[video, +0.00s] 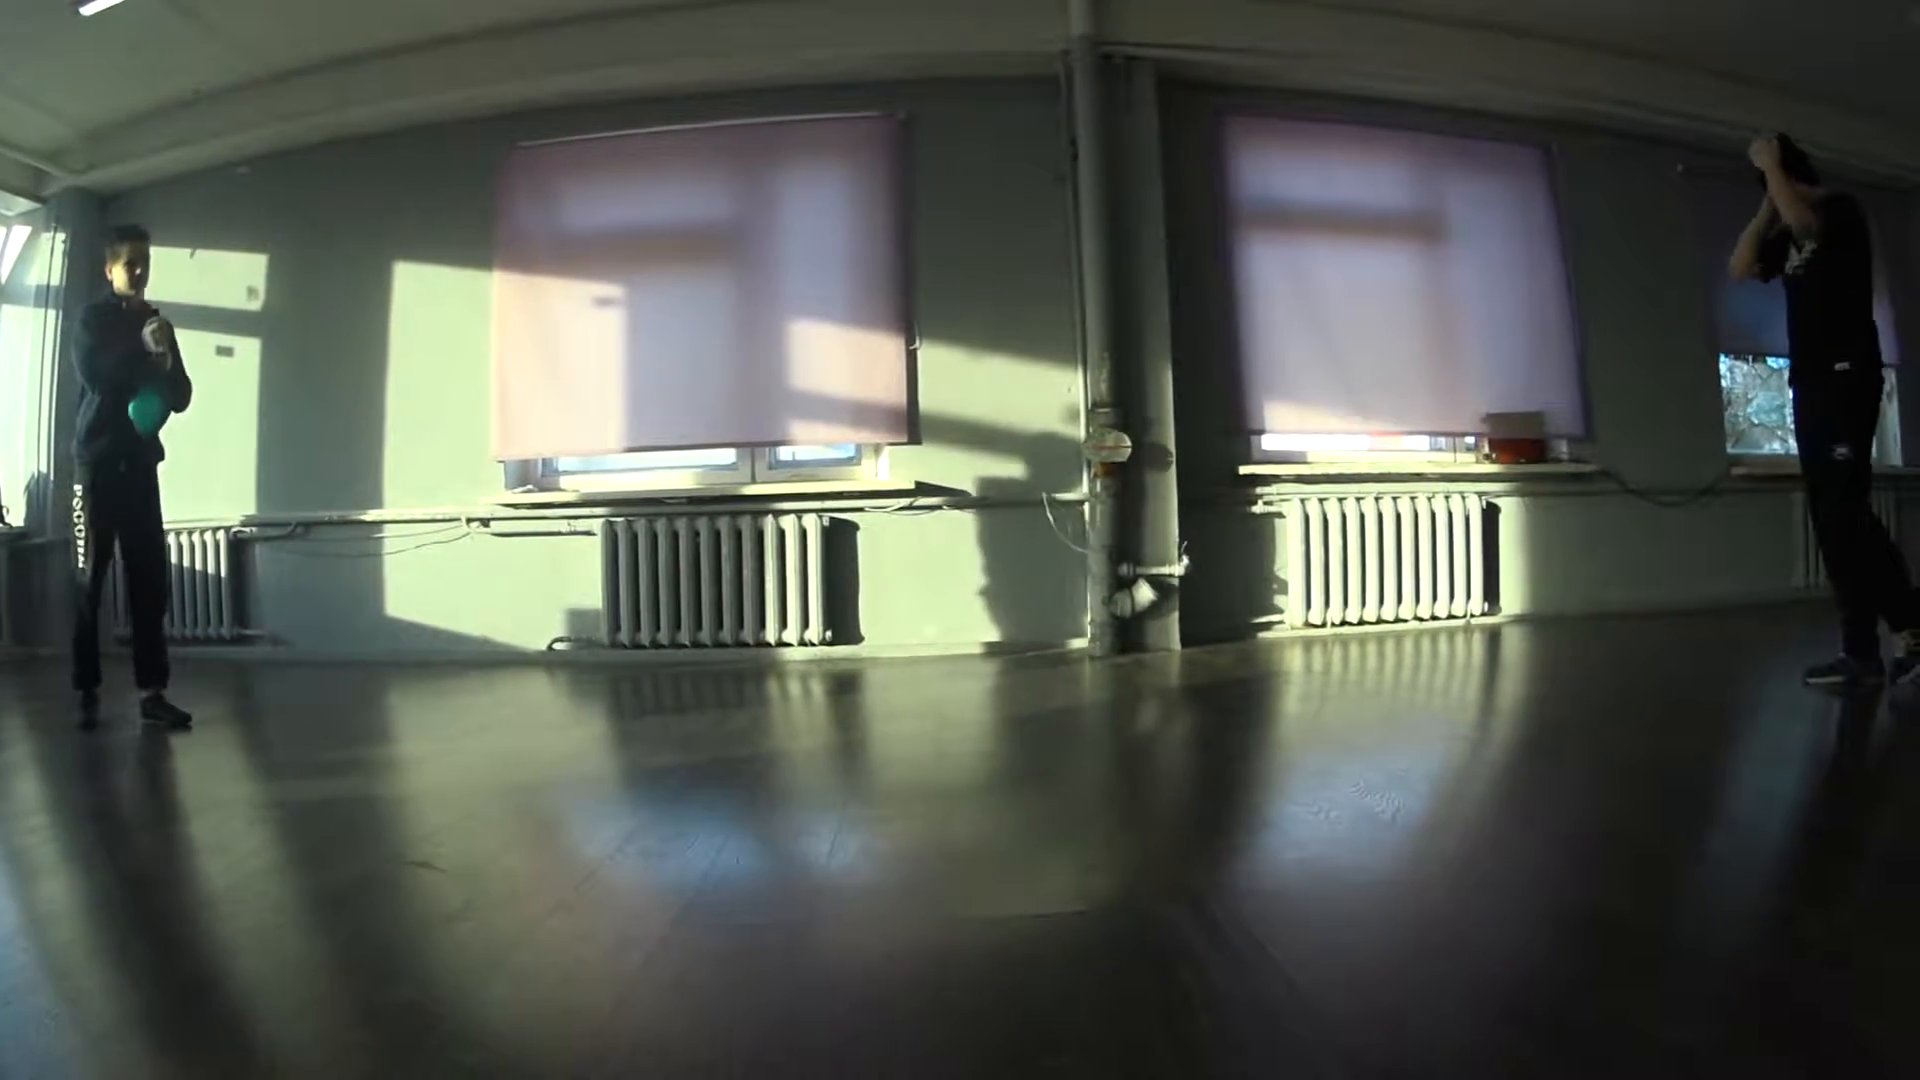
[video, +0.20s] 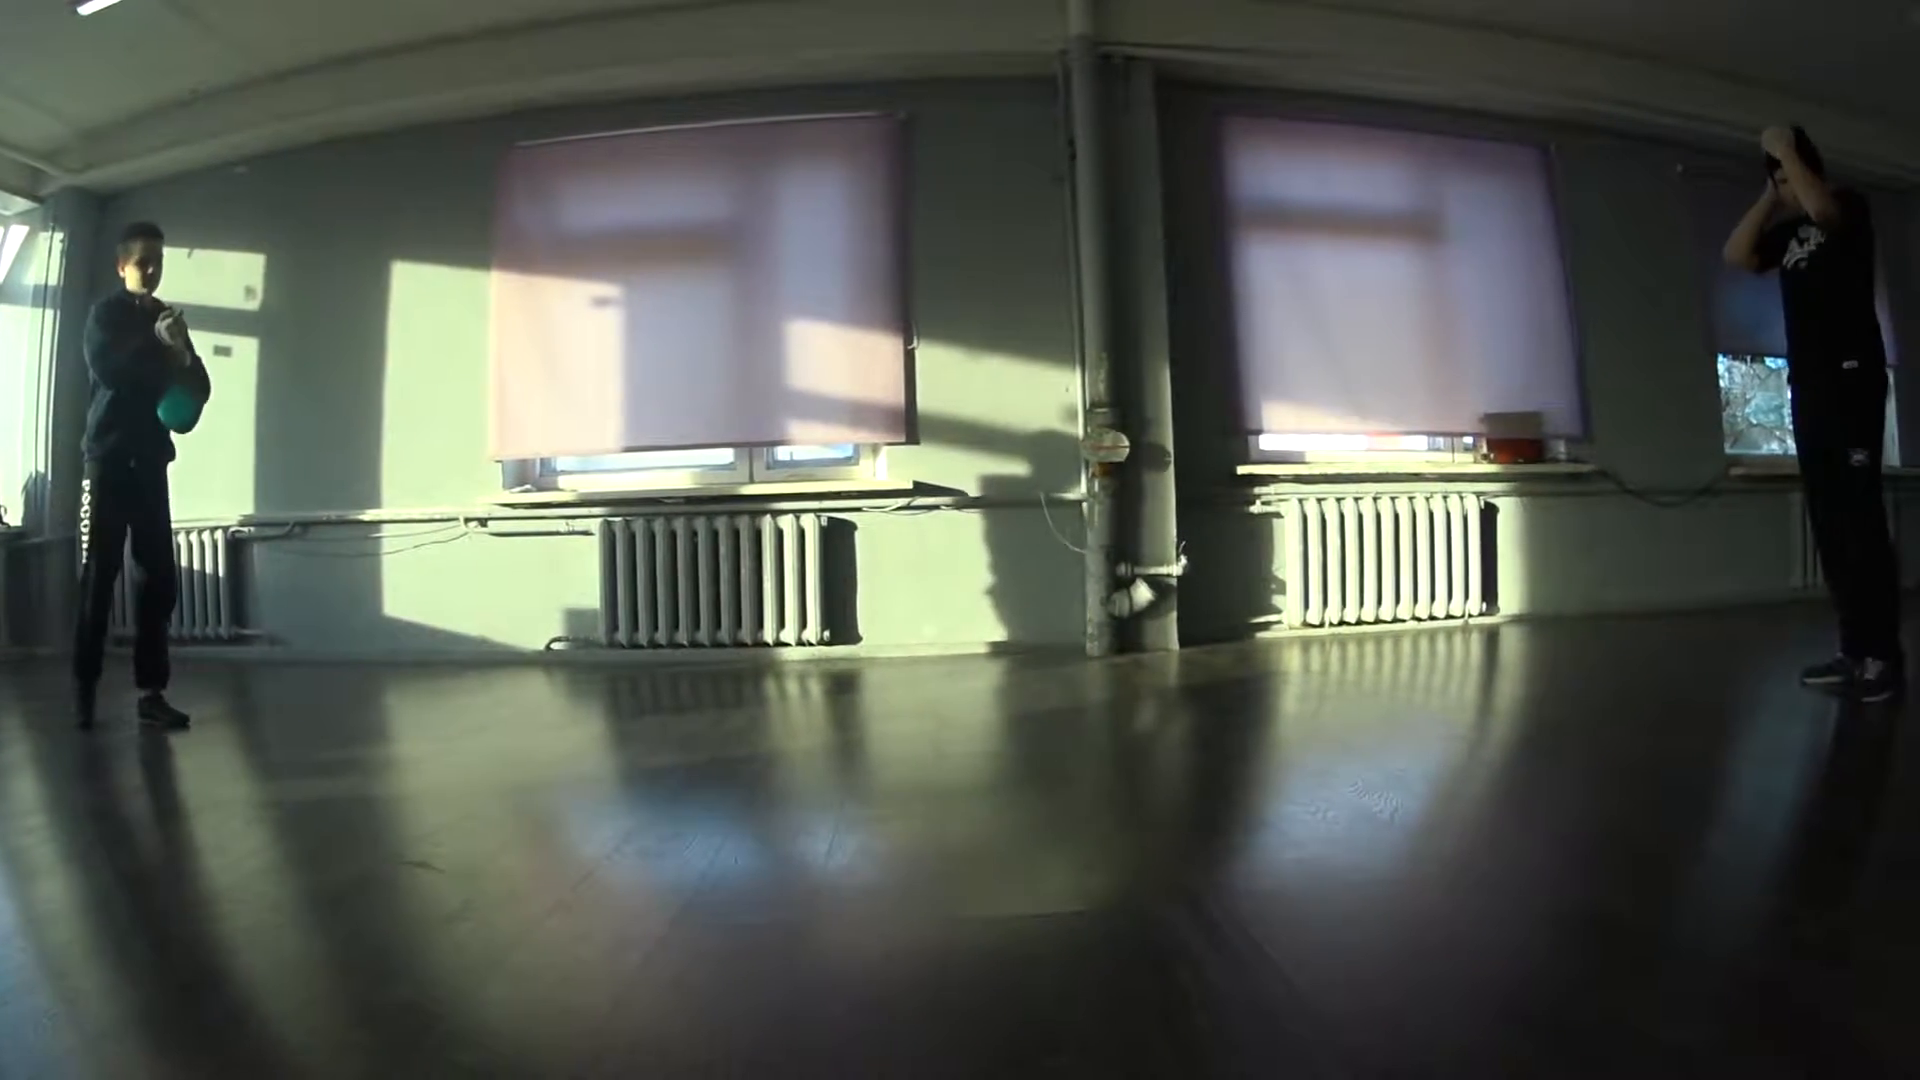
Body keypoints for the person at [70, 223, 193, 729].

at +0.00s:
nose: (137, 272)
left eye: (142, 264)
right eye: (128, 264)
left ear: (148, 268)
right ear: (108, 267)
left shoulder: (157, 324)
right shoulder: (91, 318)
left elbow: (181, 398)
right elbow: (99, 375)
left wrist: (164, 357)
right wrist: (149, 350)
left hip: (141, 460)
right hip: (97, 459)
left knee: (149, 575)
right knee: (91, 574)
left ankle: (152, 694)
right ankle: (87, 692)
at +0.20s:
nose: (149, 271)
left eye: (155, 263)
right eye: (141, 262)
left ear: (161, 266)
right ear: (121, 265)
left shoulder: (167, 320)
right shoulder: (106, 313)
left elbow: (200, 388)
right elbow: (113, 370)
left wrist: (180, 350)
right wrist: (165, 353)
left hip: (151, 458)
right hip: (108, 456)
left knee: (159, 575)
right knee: (101, 572)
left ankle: (151, 694)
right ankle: (86, 694)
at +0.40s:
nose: (151, 269)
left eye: (158, 261)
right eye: (142, 261)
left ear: (164, 263)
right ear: (123, 263)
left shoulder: (173, 320)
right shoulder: (107, 311)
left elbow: (212, 381)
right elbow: (108, 368)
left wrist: (185, 341)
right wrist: (170, 350)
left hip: (154, 458)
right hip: (107, 456)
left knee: (158, 576)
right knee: (101, 572)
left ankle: (150, 697)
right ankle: (92, 698)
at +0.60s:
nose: (144, 266)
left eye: (151, 259)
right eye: (135, 258)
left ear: (158, 261)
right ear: (116, 261)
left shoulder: (166, 317)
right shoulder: (101, 310)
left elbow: (198, 386)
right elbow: (103, 370)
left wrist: (189, 352)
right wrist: (153, 342)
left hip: (149, 458)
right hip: (103, 456)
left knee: (155, 578)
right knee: (97, 573)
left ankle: (147, 697)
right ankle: (89, 699)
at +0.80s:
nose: (136, 265)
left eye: (143, 257)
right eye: (127, 257)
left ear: (151, 260)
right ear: (109, 260)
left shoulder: (161, 318)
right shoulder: (94, 310)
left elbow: (186, 392)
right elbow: (96, 373)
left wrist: (166, 347)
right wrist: (144, 342)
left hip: (143, 457)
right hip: (97, 455)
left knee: (149, 575)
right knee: (91, 573)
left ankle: (144, 696)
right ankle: (85, 699)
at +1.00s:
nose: (131, 263)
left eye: (138, 255)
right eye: (122, 255)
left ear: (146, 258)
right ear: (104, 260)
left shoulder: (159, 318)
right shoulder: (89, 311)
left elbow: (176, 391)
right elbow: (93, 376)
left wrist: (157, 380)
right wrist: (133, 335)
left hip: (139, 455)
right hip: (92, 452)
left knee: (146, 575)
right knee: (87, 573)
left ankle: (140, 693)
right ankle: (82, 697)